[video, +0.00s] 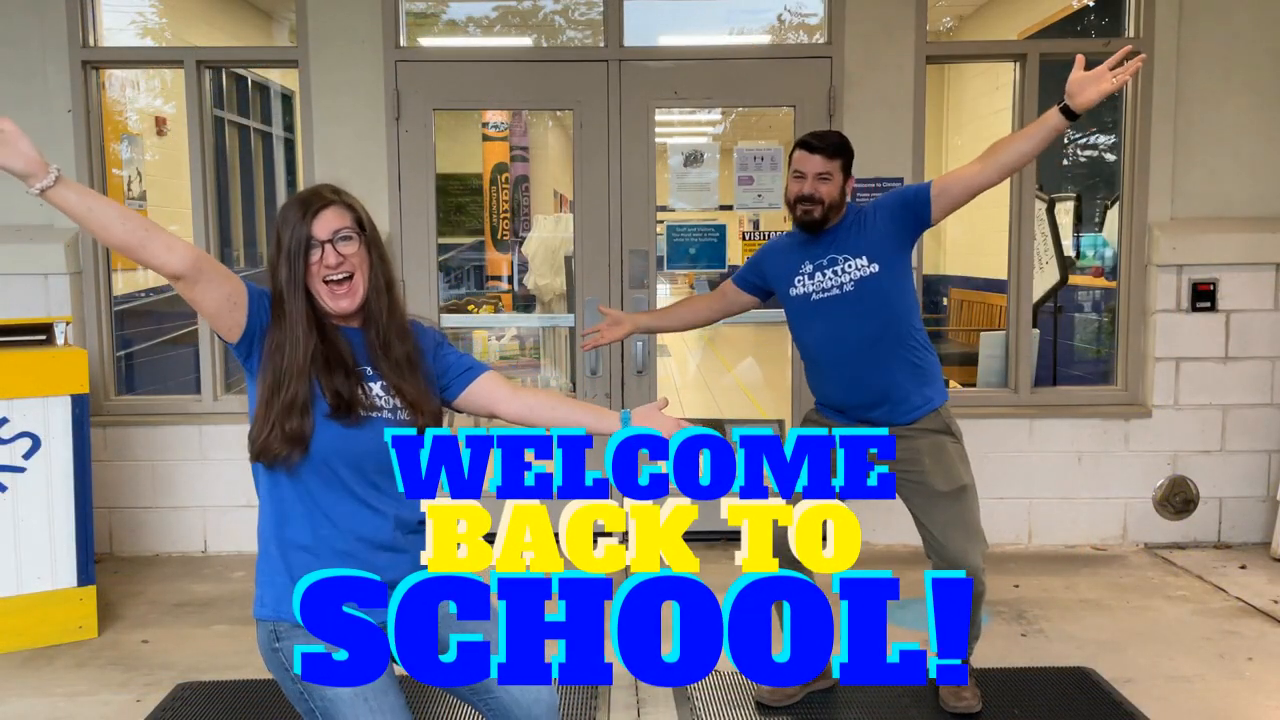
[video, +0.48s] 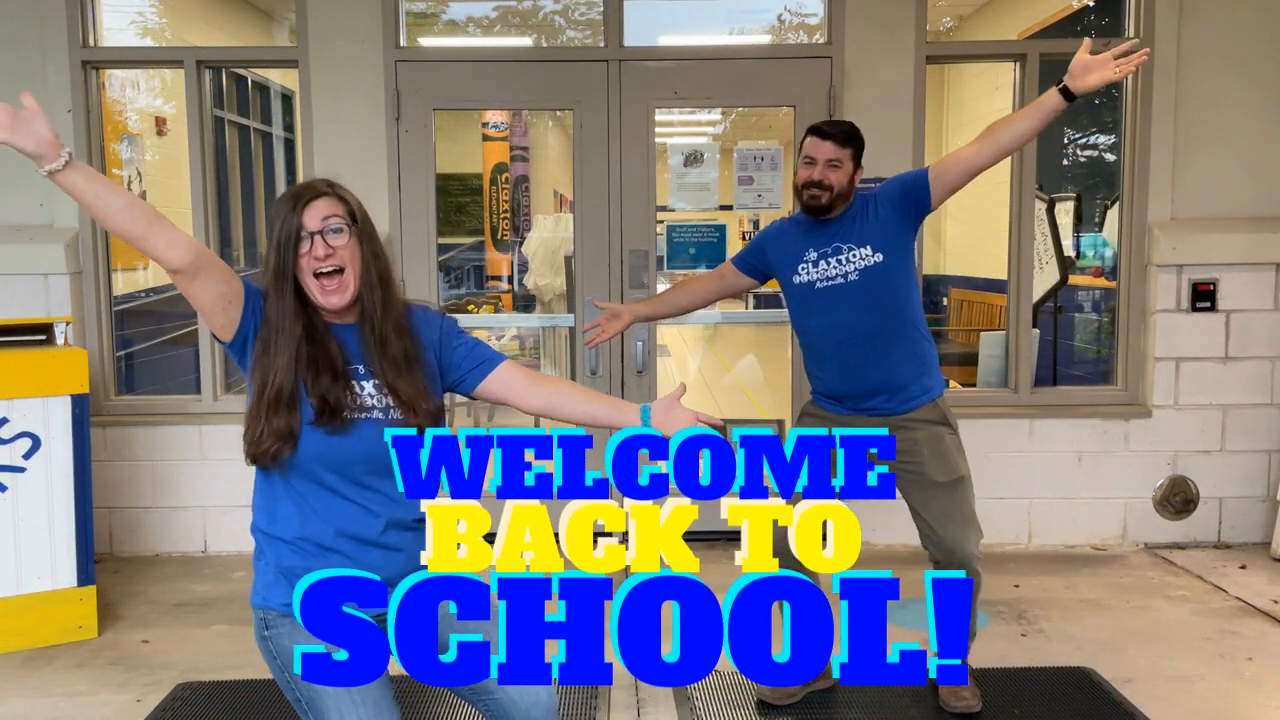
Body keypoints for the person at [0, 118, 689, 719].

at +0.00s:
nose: (333, 258)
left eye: (346, 241)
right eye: (315, 248)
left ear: (372, 251)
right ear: (293, 266)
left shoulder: (413, 346)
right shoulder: (272, 335)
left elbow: (515, 399)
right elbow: (174, 259)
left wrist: (627, 422)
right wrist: (47, 179)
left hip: (421, 596)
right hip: (317, 609)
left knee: (535, 698)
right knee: (377, 711)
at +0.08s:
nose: (334, 258)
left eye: (346, 240)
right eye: (315, 248)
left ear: (373, 250)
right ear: (294, 265)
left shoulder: (413, 345)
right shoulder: (273, 335)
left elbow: (521, 399)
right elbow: (177, 255)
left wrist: (637, 424)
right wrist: (48, 175)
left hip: (418, 595)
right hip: (314, 607)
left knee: (534, 696)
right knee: (374, 707)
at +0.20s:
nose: (336, 256)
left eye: (349, 239)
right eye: (318, 245)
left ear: (375, 252)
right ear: (295, 264)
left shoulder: (416, 344)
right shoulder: (273, 333)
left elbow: (530, 398)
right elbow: (179, 251)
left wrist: (640, 422)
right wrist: (50, 169)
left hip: (419, 596)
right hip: (312, 607)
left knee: (541, 698)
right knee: (374, 707)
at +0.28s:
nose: (333, 254)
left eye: (347, 237)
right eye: (315, 242)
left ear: (375, 251)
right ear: (293, 261)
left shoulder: (417, 342)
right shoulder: (272, 331)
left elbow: (533, 396)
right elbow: (180, 248)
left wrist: (643, 421)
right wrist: (52, 164)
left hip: (418, 594)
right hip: (310, 606)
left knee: (535, 694)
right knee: (370, 705)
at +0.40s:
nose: (327, 252)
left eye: (342, 234)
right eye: (309, 241)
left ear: (372, 247)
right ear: (290, 261)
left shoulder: (418, 337)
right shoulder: (271, 330)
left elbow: (528, 389)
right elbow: (176, 250)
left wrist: (647, 416)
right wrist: (55, 158)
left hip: (422, 589)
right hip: (312, 600)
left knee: (530, 687)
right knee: (365, 707)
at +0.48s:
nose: (322, 249)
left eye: (336, 231)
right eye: (305, 239)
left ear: (368, 244)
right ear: (287, 260)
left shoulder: (417, 331)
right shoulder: (269, 329)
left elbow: (531, 388)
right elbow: (176, 253)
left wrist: (650, 414)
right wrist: (55, 158)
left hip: (424, 582)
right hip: (311, 593)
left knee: (534, 680)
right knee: (362, 703)